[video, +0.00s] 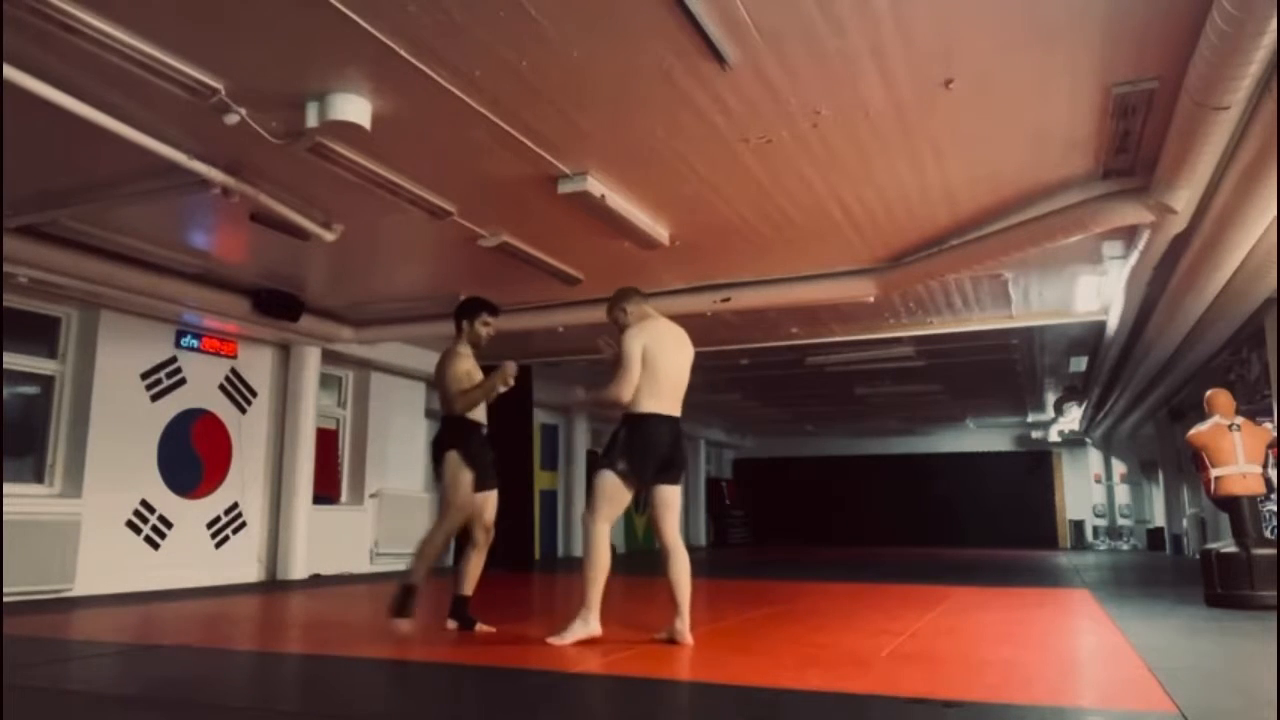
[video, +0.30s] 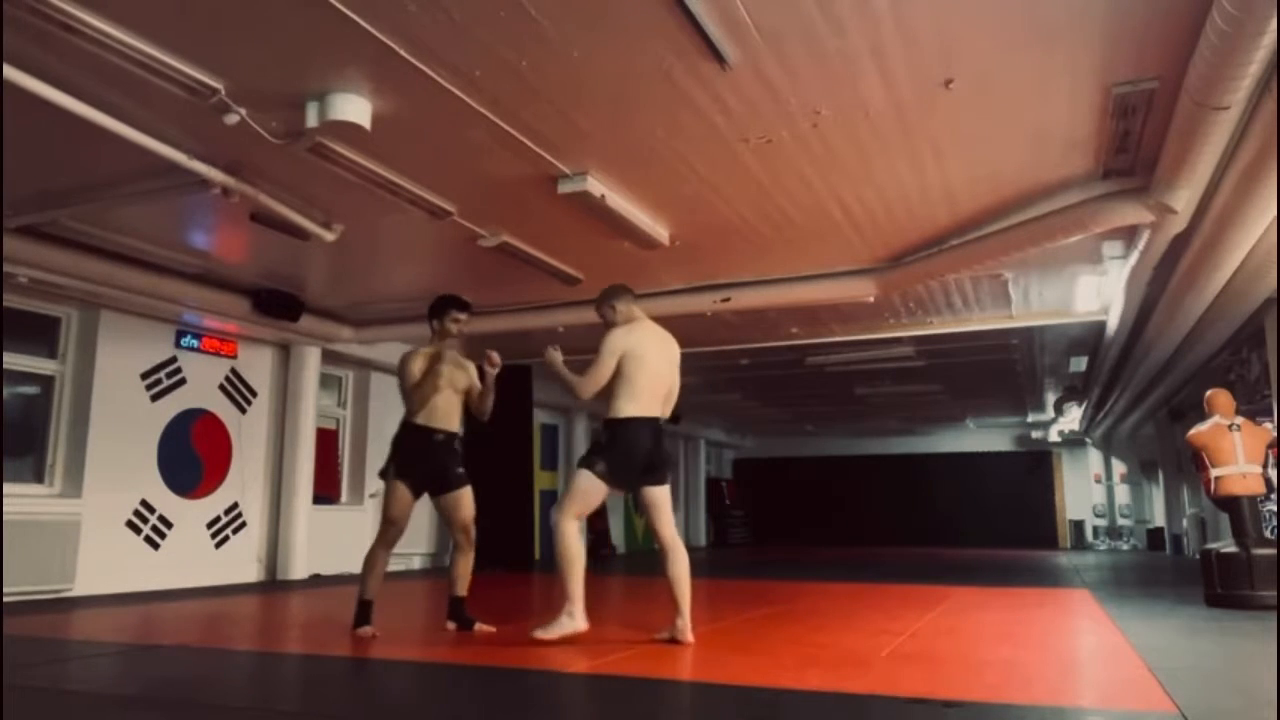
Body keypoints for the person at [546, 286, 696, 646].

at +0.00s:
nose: (618, 328)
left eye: (616, 322)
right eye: (615, 323)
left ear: (626, 309)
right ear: (643, 304)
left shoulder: (636, 334)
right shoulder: (682, 337)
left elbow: (621, 392)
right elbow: (663, 382)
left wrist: (586, 395)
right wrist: (622, 356)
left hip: (637, 433)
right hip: (672, 435)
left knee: (598, 520)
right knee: (671, 534)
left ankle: (589, 617)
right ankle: (683, 624)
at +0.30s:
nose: (605, 324)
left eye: (604, 318)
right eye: (603, 318)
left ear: (615, 308)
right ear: (633, 304)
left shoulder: (620, 335)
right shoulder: (669, 341)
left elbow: (584, 389)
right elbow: (668, 406)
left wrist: (558, 366)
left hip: (619, 439)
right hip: (656, 441)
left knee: (567, 517)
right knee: (670, 535)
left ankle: (574, 613)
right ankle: (684, 622)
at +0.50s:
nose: (583, 322)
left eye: (582, 316)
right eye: (581, 316)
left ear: (592, 308)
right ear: (613, 305)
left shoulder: (595, 334)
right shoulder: (647, 344)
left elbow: (562, 388)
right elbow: (655, 410)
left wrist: (540, 358)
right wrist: (658, 458)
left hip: (588, 437)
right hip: (626, 443)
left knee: (556, 528)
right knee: (622, 534)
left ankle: (561, 627)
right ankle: (663, 619)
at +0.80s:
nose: (557, 302)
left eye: (559, 295)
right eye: (557, 296)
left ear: (572, 292)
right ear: (580, 290)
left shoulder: (593, 329)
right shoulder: (580, 329)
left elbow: (615, 382)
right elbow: (537, 339)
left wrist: (566, 417)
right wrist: (502, 306)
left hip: (559, 436)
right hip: (548, 432)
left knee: (538, 532)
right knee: (492, 445)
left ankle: (559, 626)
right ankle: (473, 530)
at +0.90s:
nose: (559, 296)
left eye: (562, 289)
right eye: (559, 290)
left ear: (582, 283)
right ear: (571, 286)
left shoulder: (607, 327)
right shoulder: (567, 316)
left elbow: (626, 375)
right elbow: (528, 306)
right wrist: (500, 281)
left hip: (550, 425)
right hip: (522, 404)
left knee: (527, 517)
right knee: (451, 419)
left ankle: (541, 610)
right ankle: (470, 473)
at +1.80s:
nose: (519, 319)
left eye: (518, 312)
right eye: (517, 313)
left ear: (530, 304)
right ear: (546, 301)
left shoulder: (543, 332)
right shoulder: (573, 336)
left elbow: (549, 385)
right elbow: (561, 383)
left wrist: (514, 391)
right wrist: (525, 364)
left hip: (539, 428)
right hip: (562, 430)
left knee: (515, 523)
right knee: (548, 528)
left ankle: (529, 618)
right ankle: (574, 607)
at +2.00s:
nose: (525, 333)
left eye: (524, 327)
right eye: (524, 328)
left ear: (532, 320)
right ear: (552, 315)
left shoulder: (542, 340)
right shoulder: (587, 347)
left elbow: (524, 390)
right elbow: (580, 393)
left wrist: (491, 406)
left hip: (549, 439)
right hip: (580, 441)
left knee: (506, 522)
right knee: (562, 531)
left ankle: (525, 613)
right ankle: (577, 616)